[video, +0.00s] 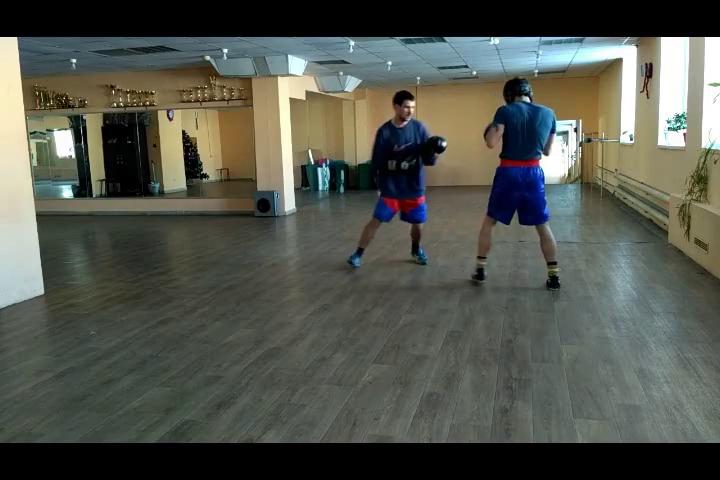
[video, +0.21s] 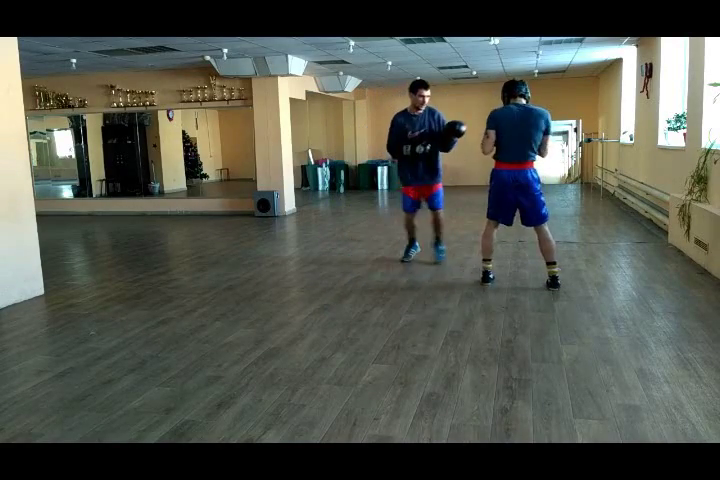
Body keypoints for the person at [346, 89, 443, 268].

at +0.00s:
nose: (410, 111)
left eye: (412, 107)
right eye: (406, 107)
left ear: (414, 108)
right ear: (396, 107)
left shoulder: (419, 128)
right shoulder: (384, 132)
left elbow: (429, 161)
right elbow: (377, 162)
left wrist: (431, 151)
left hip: (414, 186)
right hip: (391, 187)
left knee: (417, 223)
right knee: (376, 221)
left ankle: (416, 249)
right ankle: (358, 253)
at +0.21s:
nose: (424, 100)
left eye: (427, 96)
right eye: (420, 96)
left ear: (429, 97)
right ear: (411, 95)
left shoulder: (435, 116)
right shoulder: (400, 119)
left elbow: (444, 146)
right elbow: (392, 148)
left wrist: (453, 134)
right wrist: (412, 149)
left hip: (432, 174)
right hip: (409, 175)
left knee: (437, 212)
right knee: (408, 214)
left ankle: (438, 244)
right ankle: (412, 244)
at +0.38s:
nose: (437, 105)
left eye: (440, 102)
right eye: (433, 101)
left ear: (443, 102)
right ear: (424, 101)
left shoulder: (450, 121)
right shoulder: (413, 126)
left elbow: (469, 139)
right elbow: (405, 155)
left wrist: (474, 123)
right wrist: (418, 172)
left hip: (446, 180)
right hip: (422, 181)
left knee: (460, 217)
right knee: (415, 218)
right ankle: (415, 246)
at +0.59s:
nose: (456, 103)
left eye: (458, 100)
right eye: (452, 100)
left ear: (462, 100)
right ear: (444, 100)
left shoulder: (469, 116)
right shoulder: (435, 122)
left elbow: (491, 119)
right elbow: (430, 153)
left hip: (465, 177)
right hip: (442, 178)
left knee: (472, 218)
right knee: (433, 214)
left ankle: (482, 253)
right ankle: (431, 242)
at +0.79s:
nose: (464, 100)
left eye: (467, 97)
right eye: (460, 97)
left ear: (470, 98)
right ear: (452, 96)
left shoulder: (478, 117)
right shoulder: (442, 120)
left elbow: (486, 144)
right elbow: (436, 153)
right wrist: (454, 152)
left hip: (475, 175)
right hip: (453, 176)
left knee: (478, 215)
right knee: (458, 216)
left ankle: (483, 249)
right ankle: (470, 241)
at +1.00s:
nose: (466, 103)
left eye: (469, 100)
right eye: (462, 100)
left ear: (472, 100)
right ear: (455, 100)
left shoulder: (481, 118)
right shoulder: (446, 124)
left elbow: (492, 144)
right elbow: (440, 155)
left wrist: (477, 150)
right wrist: (456, 158)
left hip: (481, 174)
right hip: (459, 176)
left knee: (484, 210)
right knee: (465, 215)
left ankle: (490, 247)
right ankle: (473, 246)